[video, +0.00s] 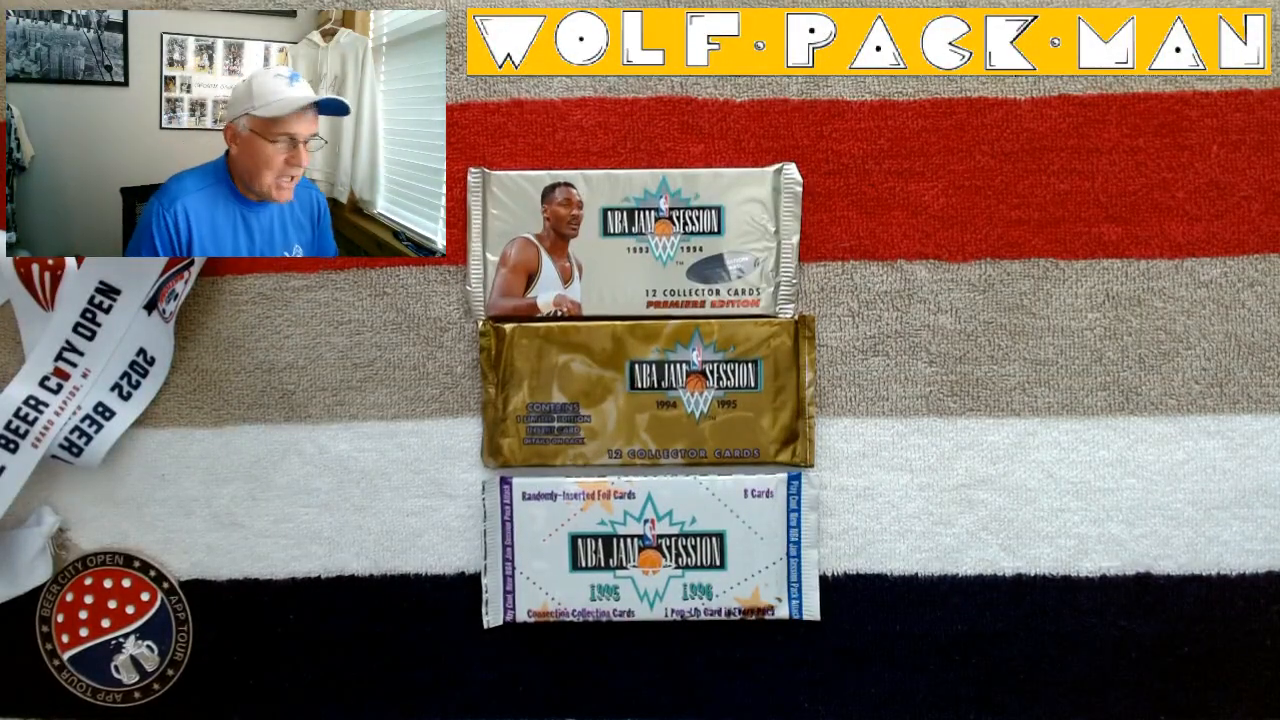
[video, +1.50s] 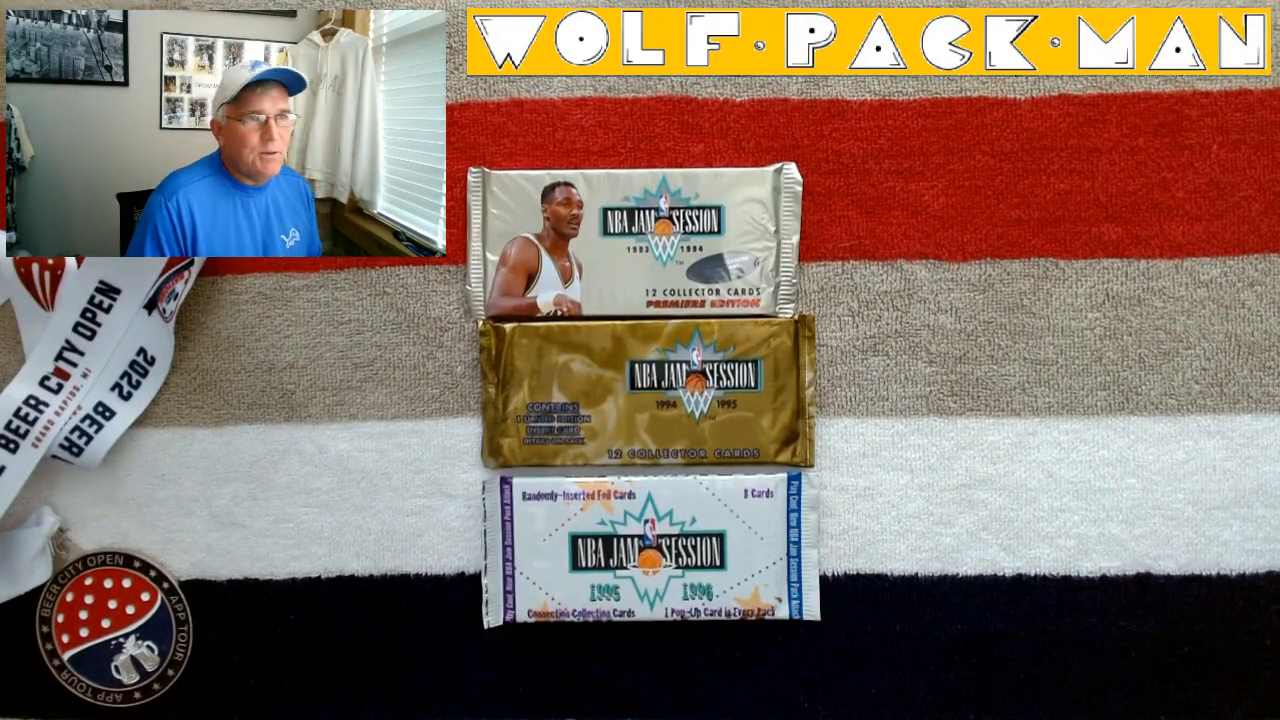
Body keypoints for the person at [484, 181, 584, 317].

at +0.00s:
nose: (576, 213)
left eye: (580, 207)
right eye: (566, 205)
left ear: (583, 211)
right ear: (545, 211)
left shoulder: (575, 266)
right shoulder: (521, 250)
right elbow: (495, 308)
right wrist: (550, 301)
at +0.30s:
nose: (576, 213)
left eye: (580, 206)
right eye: (566, 205)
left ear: (583, 211)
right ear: (545, 210)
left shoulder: (575, 265)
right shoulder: (520, 249)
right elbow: (495, 307)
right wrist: (550, 301)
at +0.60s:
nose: (576, 213)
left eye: (580, 207)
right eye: (566, 205)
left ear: (583, 211)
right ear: (545, 211)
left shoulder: (575, 265)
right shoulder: (520, 250)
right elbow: (495, 307)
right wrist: (550, 301)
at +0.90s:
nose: (576, 213)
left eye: (580, 207)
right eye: (566, 205)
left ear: (583, 211)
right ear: (546, 211)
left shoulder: (575, 265)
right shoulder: (520, 250)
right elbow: (495, 307)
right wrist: (550, 301)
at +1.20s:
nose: (576, 213)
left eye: (580, 206)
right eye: (566, 205)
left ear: (583, 211)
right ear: (545, 211)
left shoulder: (575, 265)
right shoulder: (521, 249)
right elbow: (495, 307)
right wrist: (550, 301)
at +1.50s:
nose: (576, 213)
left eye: (580, 206)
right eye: (566, 205)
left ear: (583, 211)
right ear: (545, 211)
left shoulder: (575, 265)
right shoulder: (521, 249)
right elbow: (495, 307)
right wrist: (550, 301)